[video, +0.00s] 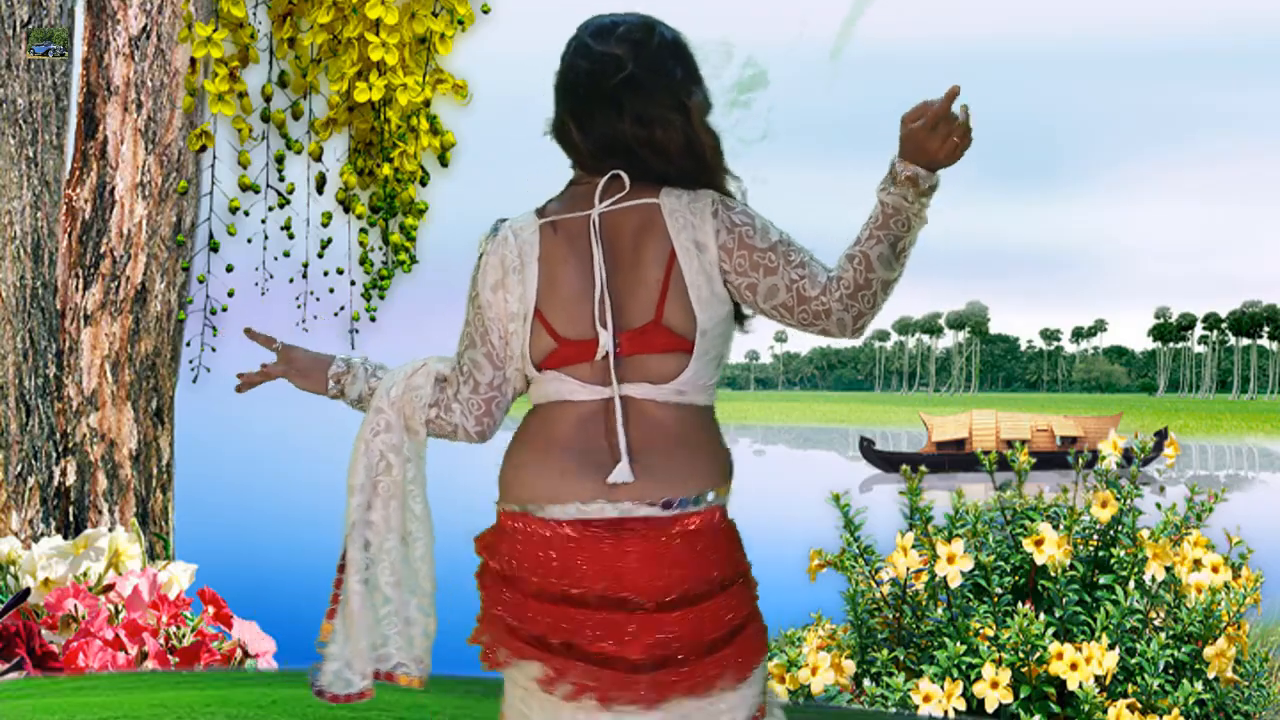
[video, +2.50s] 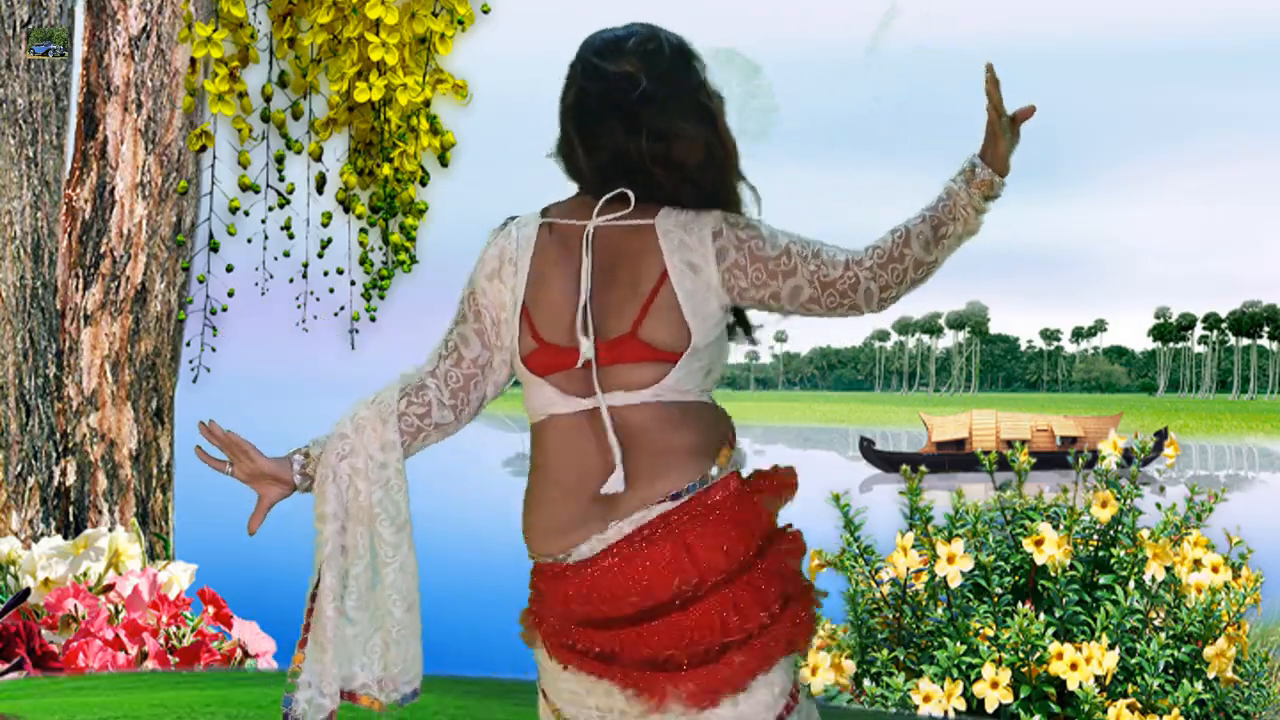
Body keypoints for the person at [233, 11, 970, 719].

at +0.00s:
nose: (705, 110)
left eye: (697, 89)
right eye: (696, 92)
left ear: (570, 115)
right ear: (678, 108)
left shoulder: (514, 243)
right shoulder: (711, 221)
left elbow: (469, 407)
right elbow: (844, 309)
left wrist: (331, 375)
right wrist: (913, 174)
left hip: (543, 522)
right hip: (684, 521)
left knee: (552, 693)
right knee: (710, 700)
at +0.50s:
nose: (758, 127)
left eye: (751, 105)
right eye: (749, 108)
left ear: (618, 123)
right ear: (729, 120)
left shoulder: (550, 246)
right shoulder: (739, 234)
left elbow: (492, 394)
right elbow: (892, 291)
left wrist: (370, 447)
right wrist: (949, 147)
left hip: (614, 524)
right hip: (750, 505)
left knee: (625, 698)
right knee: (778, 701)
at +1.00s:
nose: (756, 138)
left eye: (747, 113)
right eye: (744, 117)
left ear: (615, 137)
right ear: (723, 136)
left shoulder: (552, 256)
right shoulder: (718, 249)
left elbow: (479, 390)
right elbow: (880, 272)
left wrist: (374, 464)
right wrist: (937, 126)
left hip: (530, 562)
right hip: (654, 587)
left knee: (551, 695)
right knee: (771, 704)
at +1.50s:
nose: (726, 124)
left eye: (718, 103)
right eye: (716, 105)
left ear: (584, 125)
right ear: (691, 121)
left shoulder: (515, 247)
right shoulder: (702, 236)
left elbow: (452, 393)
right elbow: (867, 261)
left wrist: (342, 437)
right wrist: (949, 127)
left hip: (531, 547)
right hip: (662, 539)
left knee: (568, 703)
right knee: (713, 705)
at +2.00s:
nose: (709, 141)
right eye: (698, 123)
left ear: (574, 140)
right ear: (682, 135)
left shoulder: (511, 263)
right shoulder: (700, 249)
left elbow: (447, 407)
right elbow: (856, 284)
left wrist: (311, 468)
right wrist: (970, 167)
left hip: (540, 544)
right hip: (668, 532)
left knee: (588, 704)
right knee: (759, 699)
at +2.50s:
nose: (715, 130)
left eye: (704, 110)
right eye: (703, 111)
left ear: (577, 128)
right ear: (682, 124)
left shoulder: (513, 252)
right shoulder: (705, 239)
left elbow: (439, 397)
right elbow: (864, 284)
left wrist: (301, 467)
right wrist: (983, 178)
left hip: (564, 530)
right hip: (694, 517)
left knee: (592, 705)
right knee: (733, 703)